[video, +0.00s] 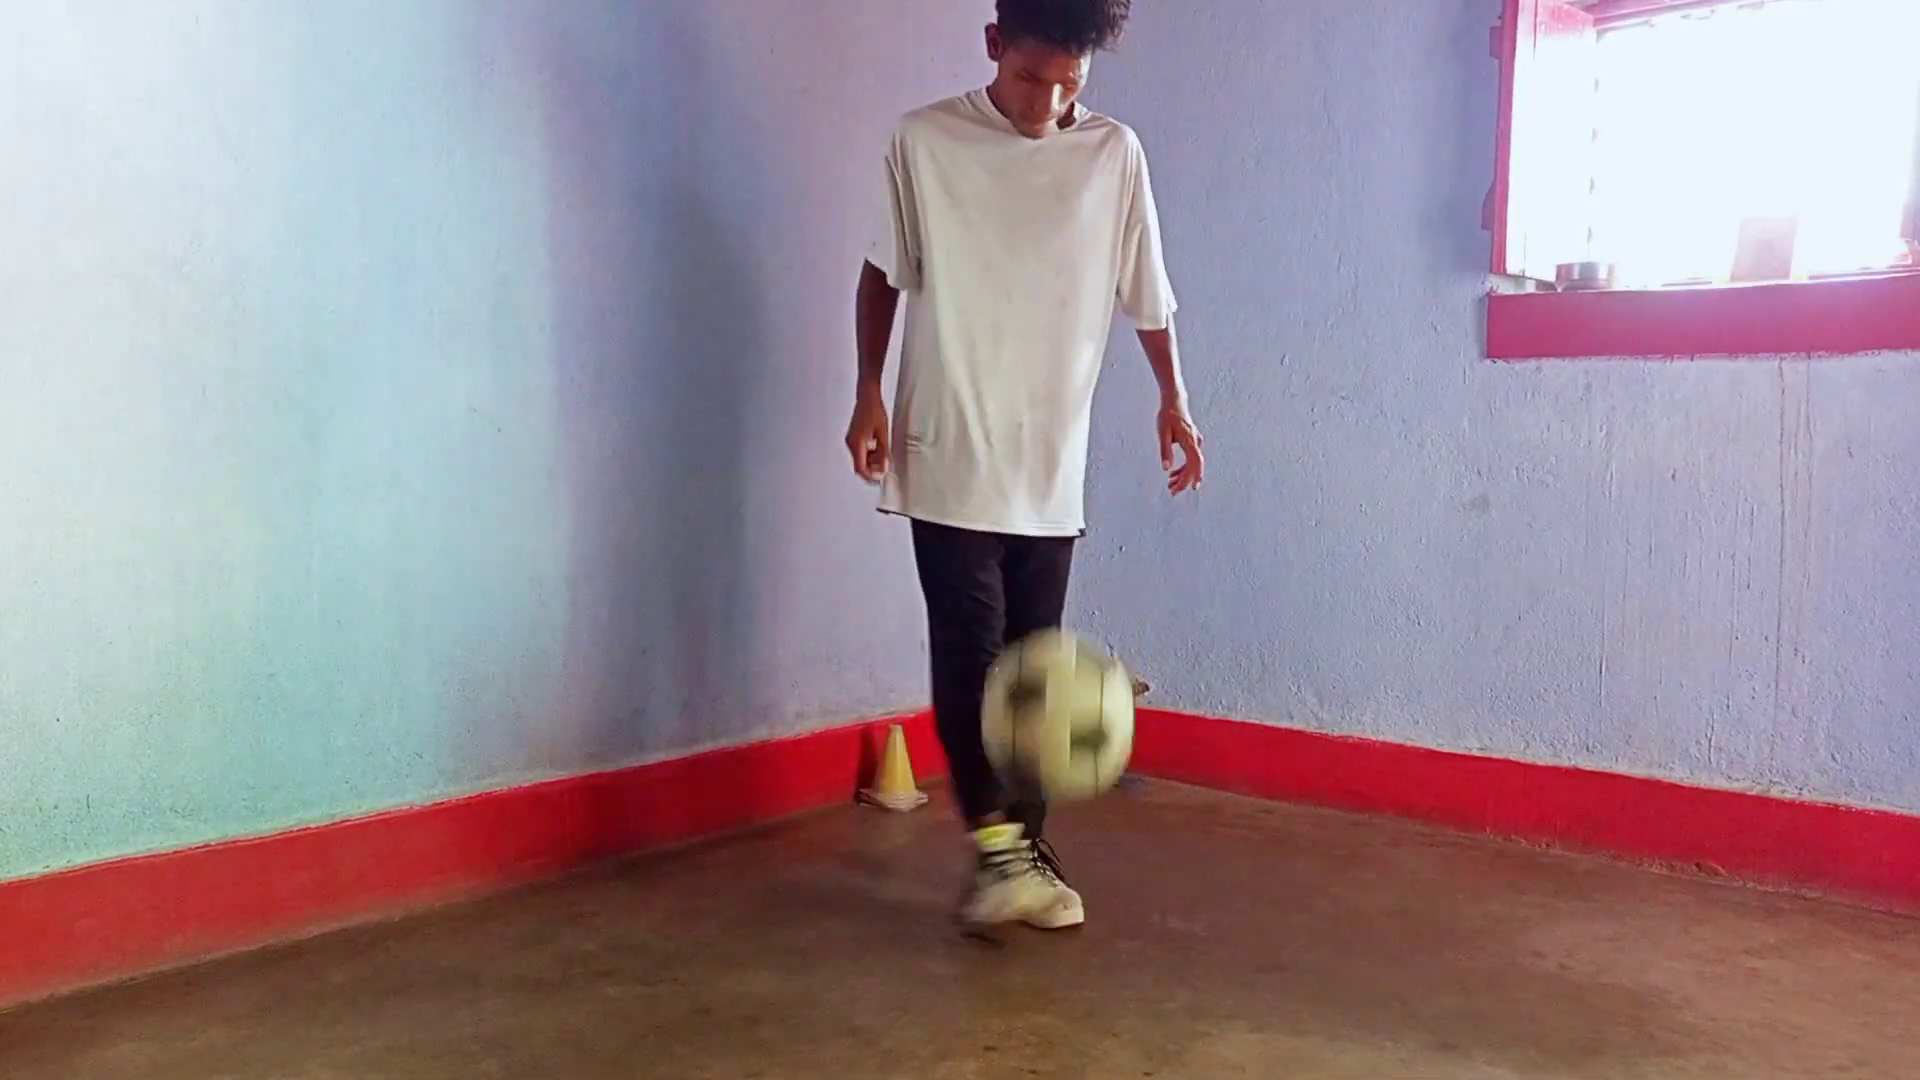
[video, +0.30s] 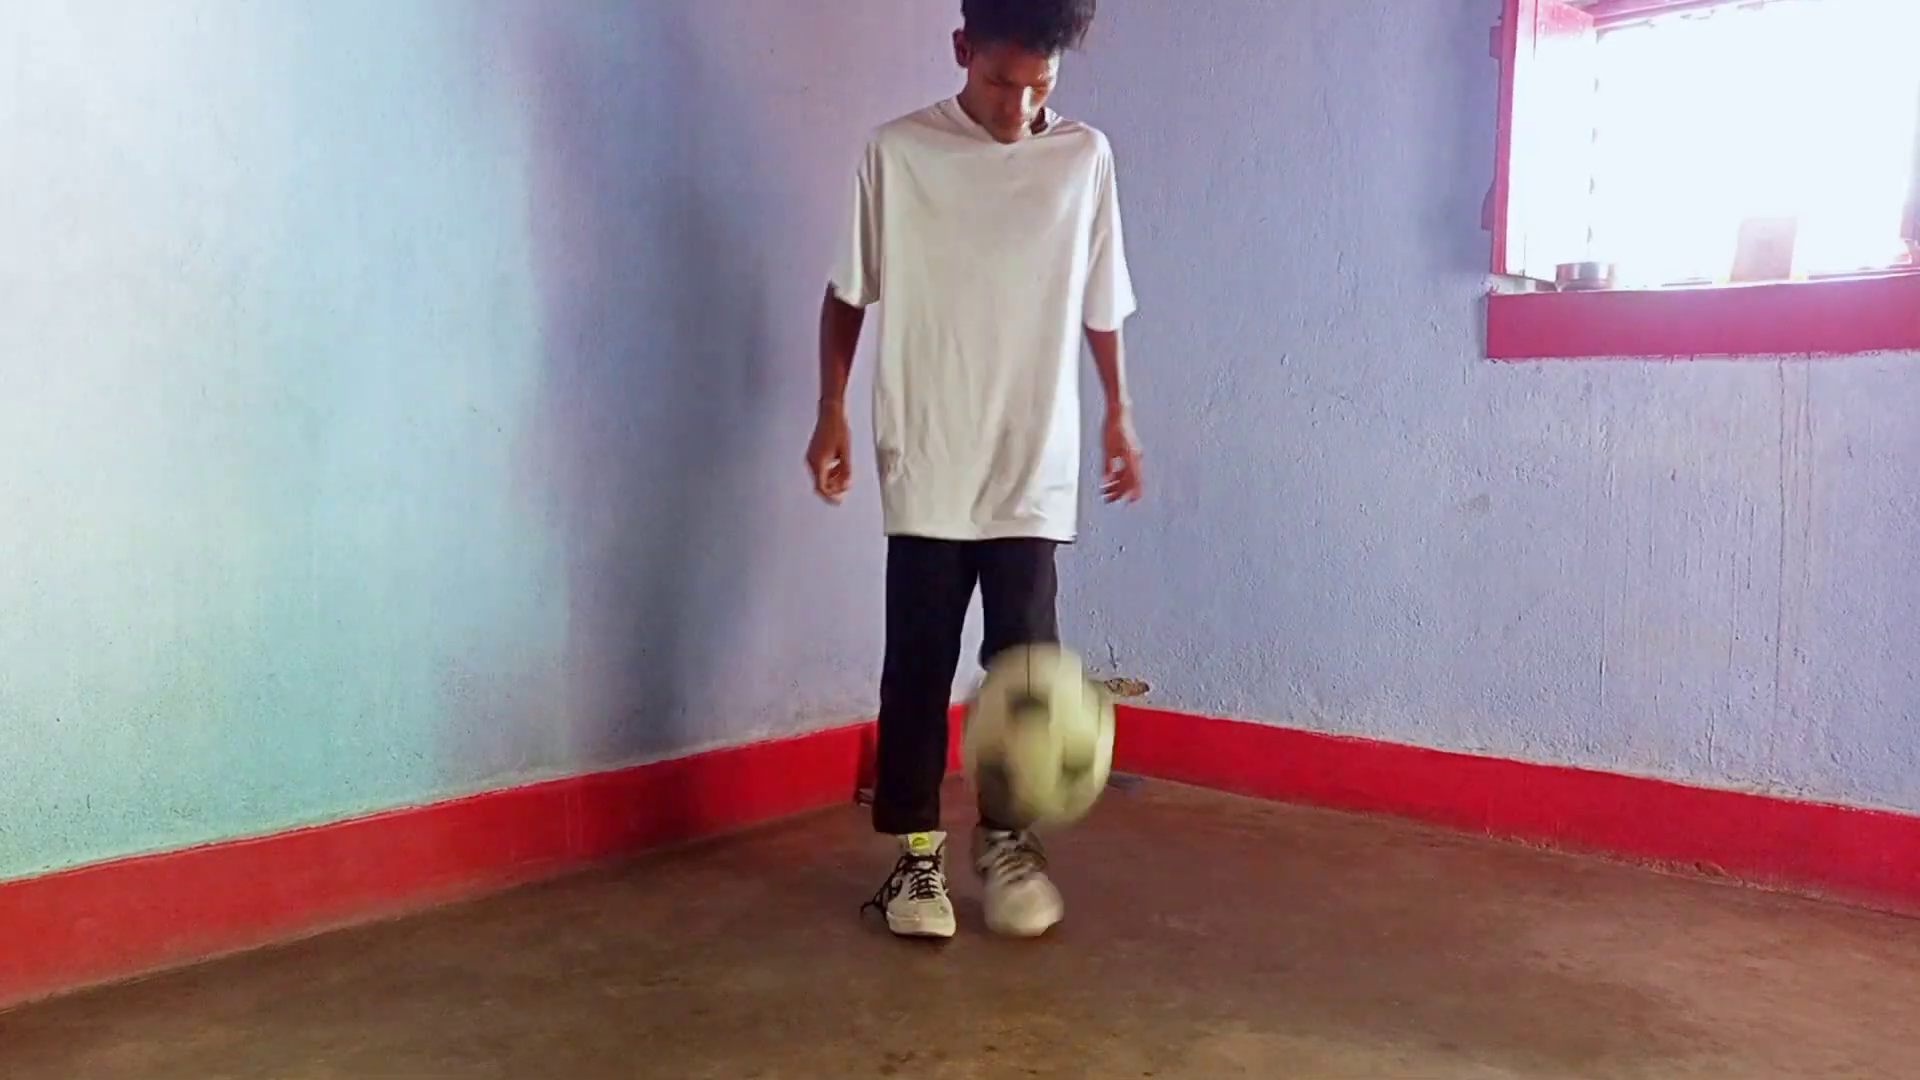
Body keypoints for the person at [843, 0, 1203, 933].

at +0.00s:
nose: (1049, 101)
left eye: (1067, 84)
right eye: (1034, 80)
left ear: (1091, 63)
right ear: (994, 45)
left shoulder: (1112, 152)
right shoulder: (923, 140)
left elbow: (1146, 289)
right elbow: (882, 275)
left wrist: (1173, 398)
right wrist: (869, 394)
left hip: (1053, 444)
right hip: (946, 438)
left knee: (1037, 650)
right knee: (970, 640)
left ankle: (1029, 851)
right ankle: (994, 853)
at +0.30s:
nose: (1021, 109)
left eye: (1038, 90)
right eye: (1004, 87)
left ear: (1058, 66)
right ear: (962, 52)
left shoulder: (1082, 156)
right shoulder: (897, 152)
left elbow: (1102, 301)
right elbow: (849, 290)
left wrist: (1118, 417)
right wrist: (831, 411)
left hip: (1036, 455)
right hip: (927, 453)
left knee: (1024, 664)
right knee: (920, 663)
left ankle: (1013, 846)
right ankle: (917, 856)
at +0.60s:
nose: (1056, 90)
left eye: (1075, 72)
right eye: (1041, 69)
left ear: (1096, 58)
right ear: (1004, 44)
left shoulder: (1118, 158)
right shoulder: (928, 134)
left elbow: (1125, 305)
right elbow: (863, 270)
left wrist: (1137, 425)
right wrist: (828, 380)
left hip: (1055, 455)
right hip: (942, 446)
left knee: (1045, 664)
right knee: (935, 662)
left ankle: (1025, 864)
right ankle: (921, 861)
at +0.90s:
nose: (1127, 97)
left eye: (1146, 81)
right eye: (1113, 73)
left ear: (1167, 73)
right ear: (1078, 48)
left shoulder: (1176, 178)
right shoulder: (1000, 122)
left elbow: (1202, 313)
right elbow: (911, 226)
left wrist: (1233, 422)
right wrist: (868, 323)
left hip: (1071, 437)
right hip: (975, 385)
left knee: (1064, 656)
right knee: (975, 476)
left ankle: (1022, 855)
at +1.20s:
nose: (1062, 58)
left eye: (1086, 36)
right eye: (1046, 32)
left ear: (1122, 25)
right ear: (1021, 19)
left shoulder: (1167, 138)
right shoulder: (963, 121)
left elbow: (1265, 243)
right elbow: (922, 252)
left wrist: (1357, 328)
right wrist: (842, 313)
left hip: (1078, 411)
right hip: (980, 388)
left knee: (1069, 616)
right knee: (1045, 233)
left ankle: (1018, 846)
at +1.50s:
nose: (1099, 95)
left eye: (1121, 75)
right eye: (1085, 72)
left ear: (1165, 64)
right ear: (1065, 59)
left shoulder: (1211, 185)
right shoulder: (1016, 158)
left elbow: (1270, 286)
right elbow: (947, 275)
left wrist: (1327, 368)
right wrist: (842, 320)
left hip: (1086, 467)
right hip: (979, 420)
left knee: (1064, 664)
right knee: (889, 486)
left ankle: (1015, 868)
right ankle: (815, 719)